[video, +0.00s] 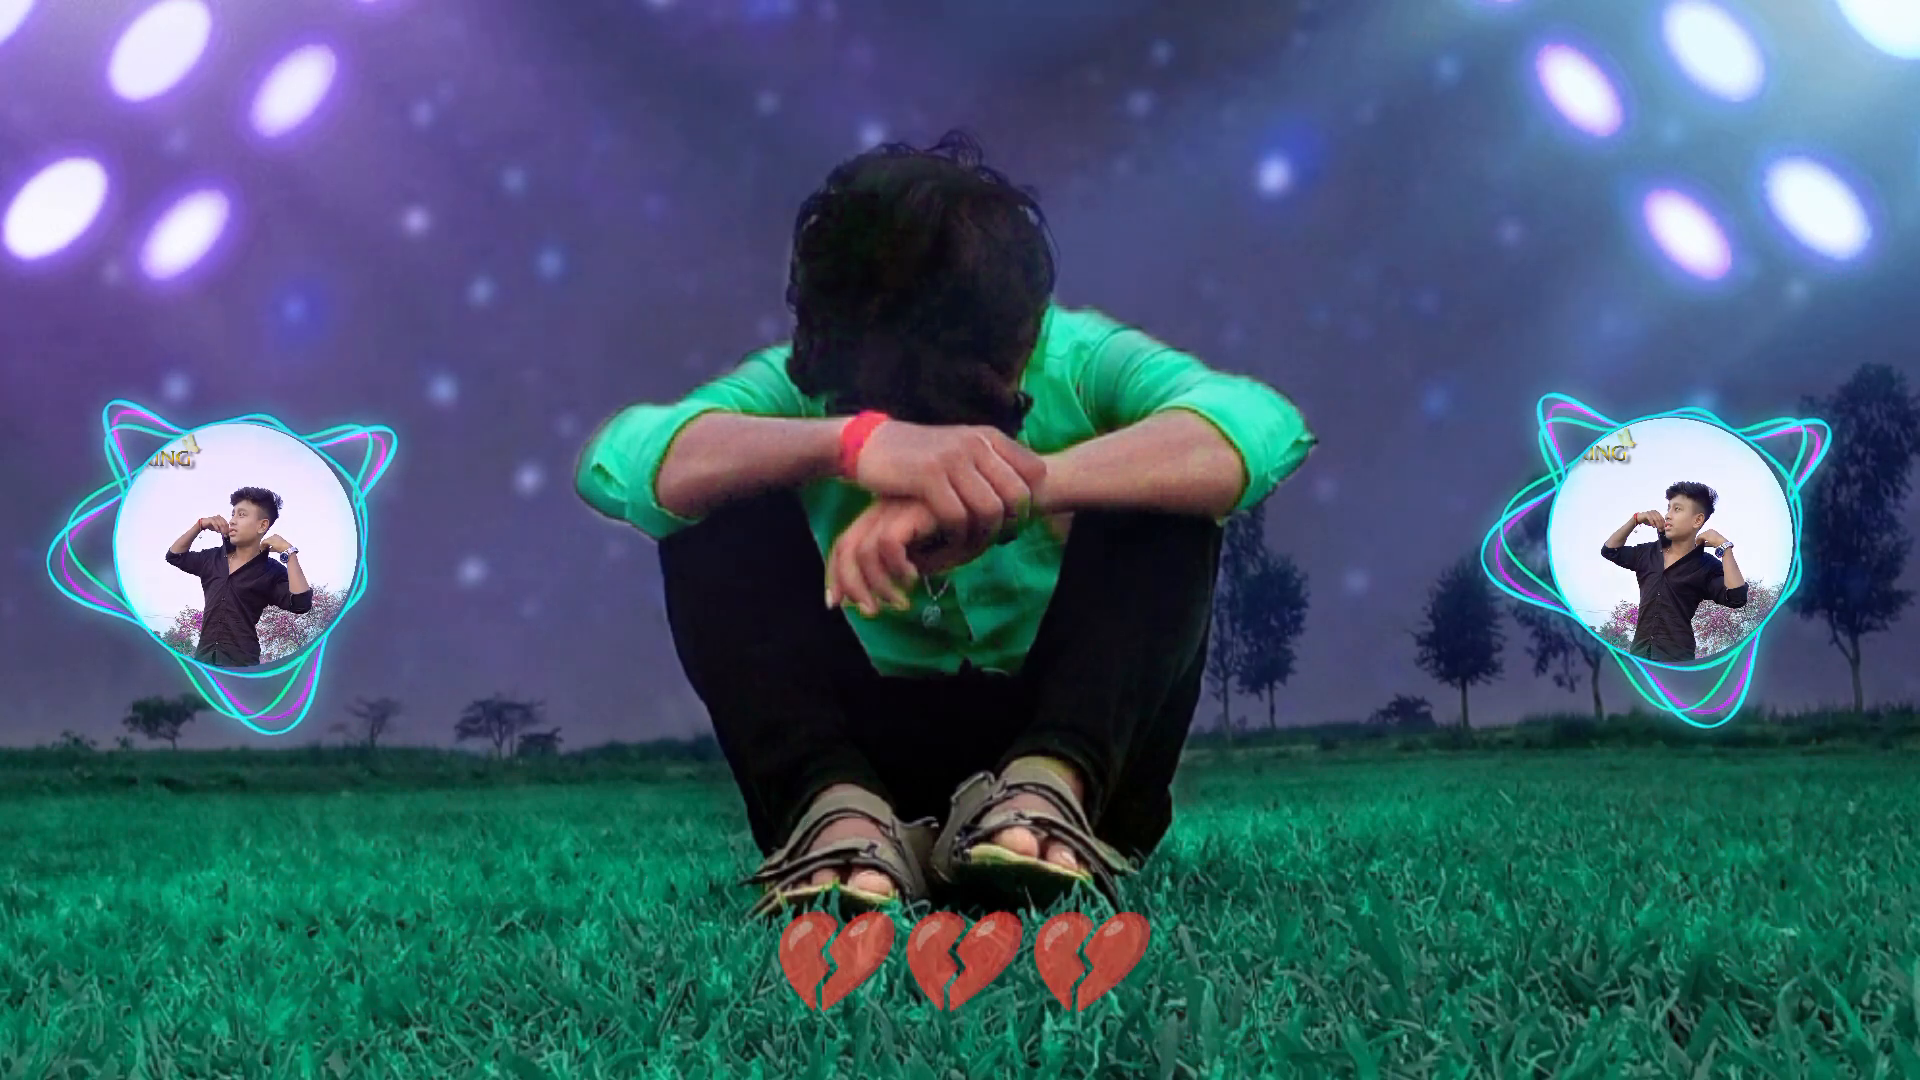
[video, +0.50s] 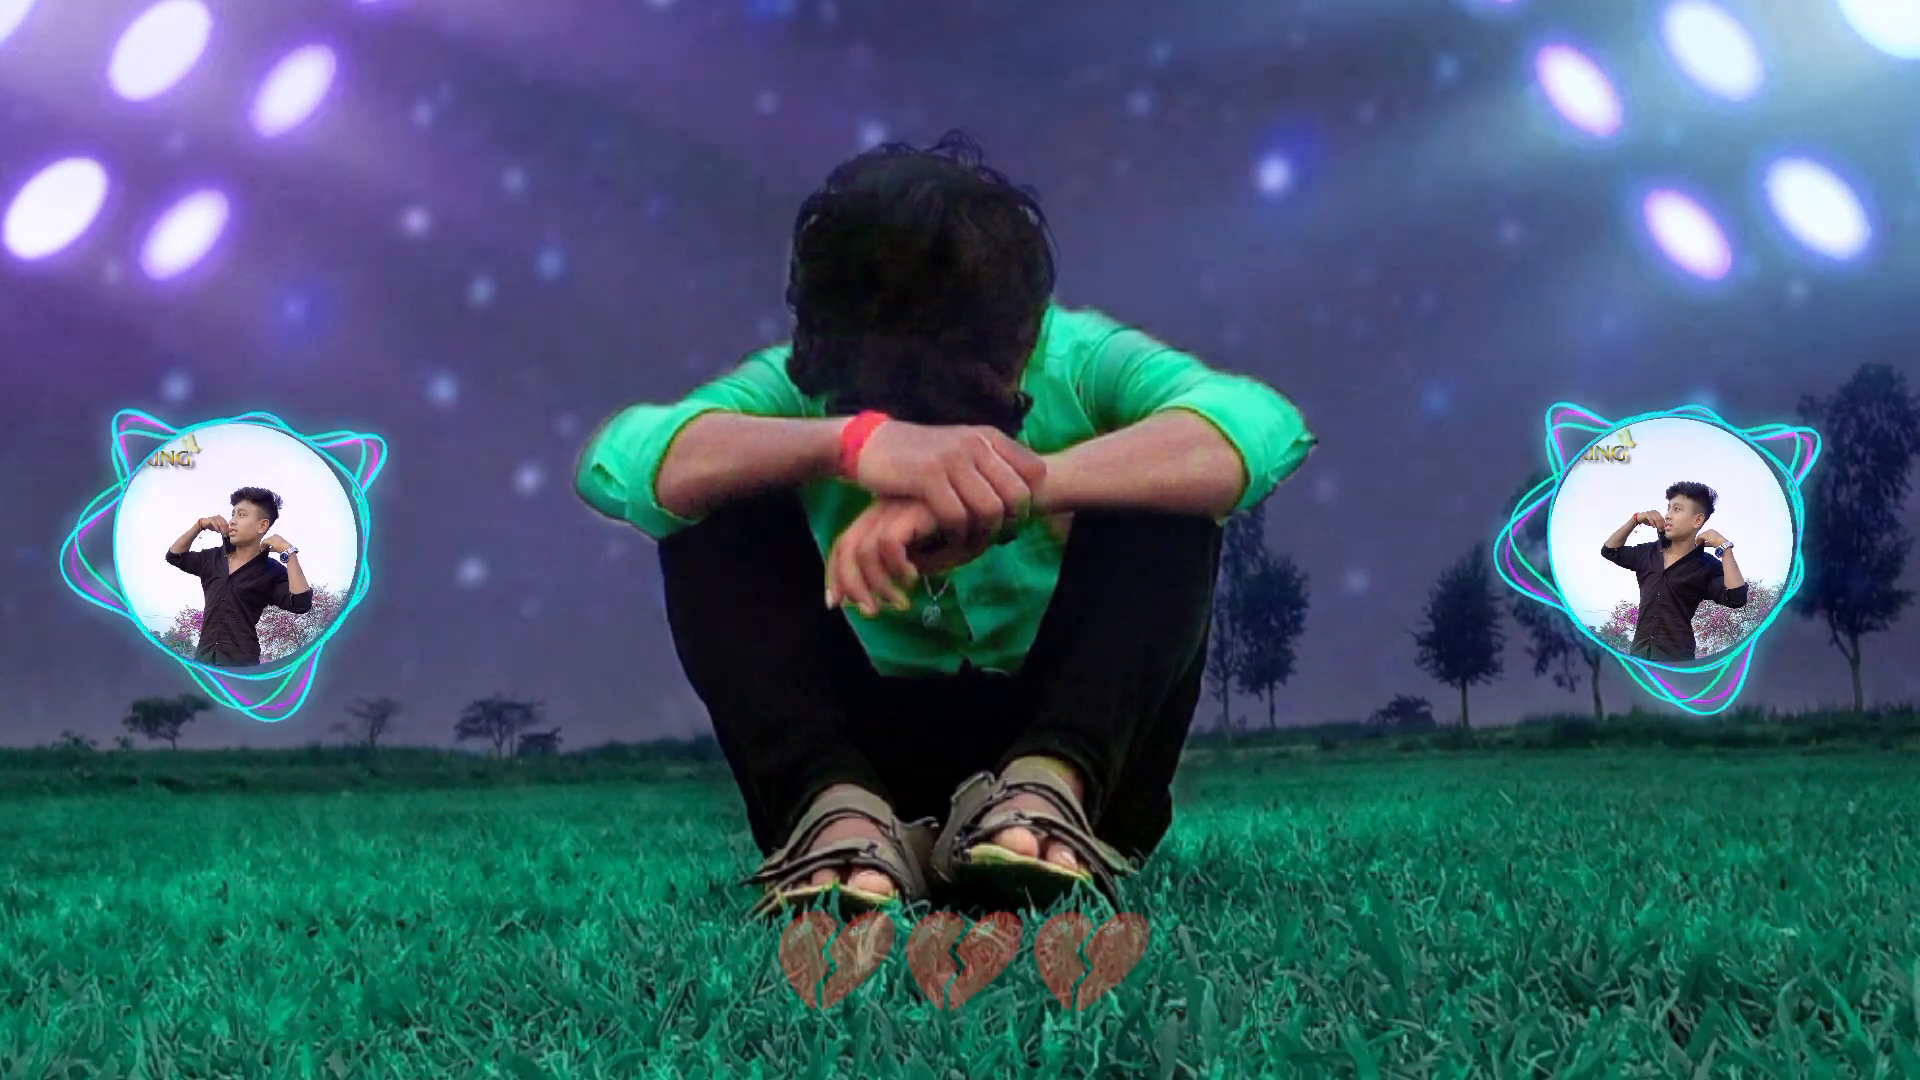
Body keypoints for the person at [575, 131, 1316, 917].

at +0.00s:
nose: (920, 456)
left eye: (956, 418)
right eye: (880, 417)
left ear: (1020, 358)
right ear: (817, 366)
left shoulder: (1078, 356)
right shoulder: (794, 382)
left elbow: (1265, 429)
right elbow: (611, 467)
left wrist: (1001, 491)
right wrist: (852, 446)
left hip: (1058, 745)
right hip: (863, 749)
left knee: (1165, 486)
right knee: (713, 501)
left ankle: (1044, 790)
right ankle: (835, 817)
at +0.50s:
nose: (907, 450)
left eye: (945, 416)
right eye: (866, 408)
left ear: (1019, 358)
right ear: (815, 361)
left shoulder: (1079, 356)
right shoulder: (795, 381)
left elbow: (1265, 429)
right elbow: (612, 467)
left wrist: (999, 491)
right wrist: (852, 446)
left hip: (1059, 746)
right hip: (864, 752)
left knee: (1167, 486)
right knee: (712, 502)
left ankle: (1043, 790)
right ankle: (836, 818)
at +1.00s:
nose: (934, 442)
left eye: (969, 400)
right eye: (901, 409)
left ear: (1020, 346)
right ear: (831, 365)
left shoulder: (1075, 355)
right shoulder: (796, 383)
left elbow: (1265, 429)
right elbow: (612, 467)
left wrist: (1002, 492)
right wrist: (852, 447)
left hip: (1059, 751)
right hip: (864, 758)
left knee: (1166, 489)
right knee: (714, 503)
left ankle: (1043, 791)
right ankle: (836, 819)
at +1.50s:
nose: (915, 454)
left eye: (951, 418)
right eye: (878, 415)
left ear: (1019, 356)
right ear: (817, 365)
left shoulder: (1077, 355)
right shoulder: (795, 382)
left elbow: (1265, 429)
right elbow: (611, 467)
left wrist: (1001, 491)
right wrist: (851, 446)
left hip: (1058, 746)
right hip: (863, 751)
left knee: (1165, 487)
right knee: (713, 501)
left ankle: (1044, 789)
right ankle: (835, 816)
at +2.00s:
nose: (958, 426)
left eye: (993, 381)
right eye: (916, 404)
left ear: (1025, 333)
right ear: (843, 363)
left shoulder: (1075, 355)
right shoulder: (796, 384)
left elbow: (1265, 429)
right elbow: (612, 467)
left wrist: (999, 492)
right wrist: (851, 446)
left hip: (1061, 749)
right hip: (864, 756)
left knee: (1167, 485)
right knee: (711, 502)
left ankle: (1044, 789)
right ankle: (835, 817)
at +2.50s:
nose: (934, 435)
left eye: (971, 396)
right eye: (898, 402)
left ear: (1021, 343)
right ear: (828, 361)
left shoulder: (1075, 355)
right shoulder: (795, 383)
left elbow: (1265, 429)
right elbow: (611, 467)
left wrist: (1000, 491)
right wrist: (850, 446)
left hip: (1064, 752)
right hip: (866, 759)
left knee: (1165, 488)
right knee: (714, 505)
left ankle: (1043, 790)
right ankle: (837, 819)